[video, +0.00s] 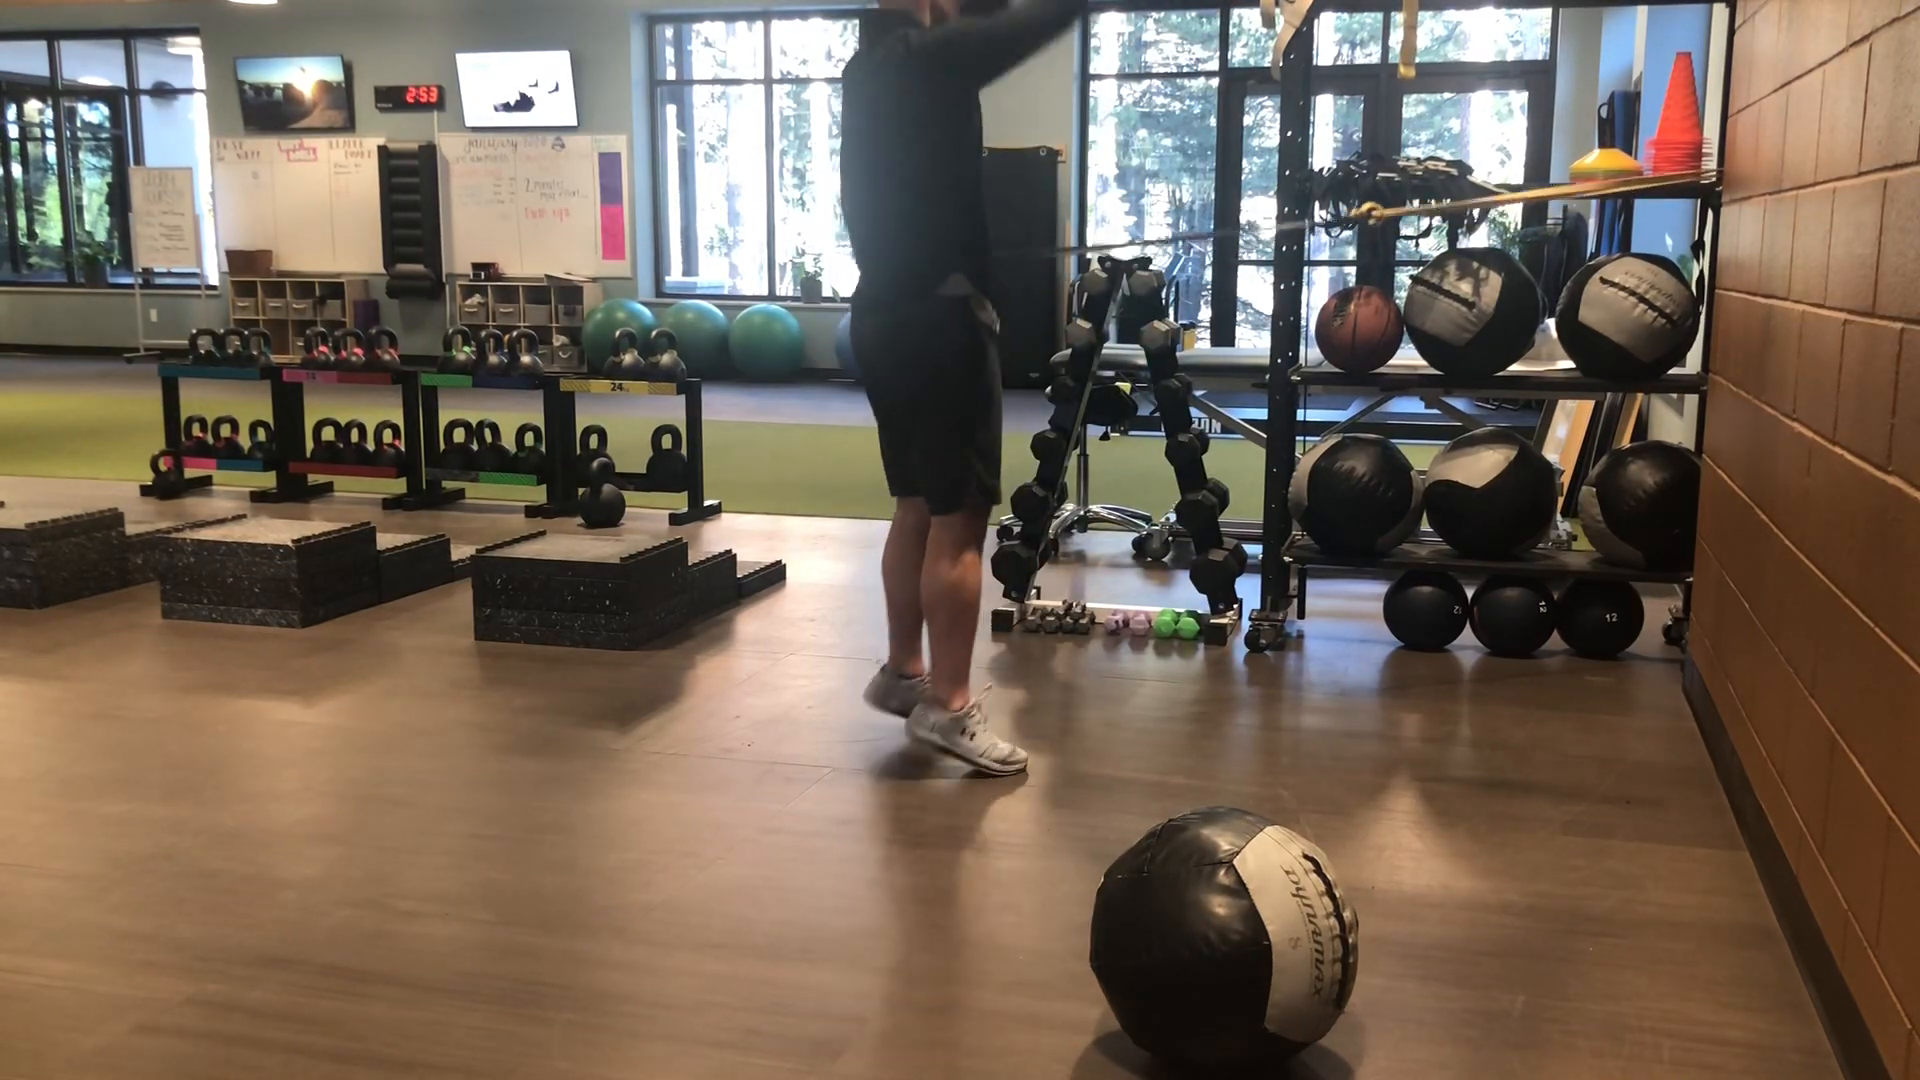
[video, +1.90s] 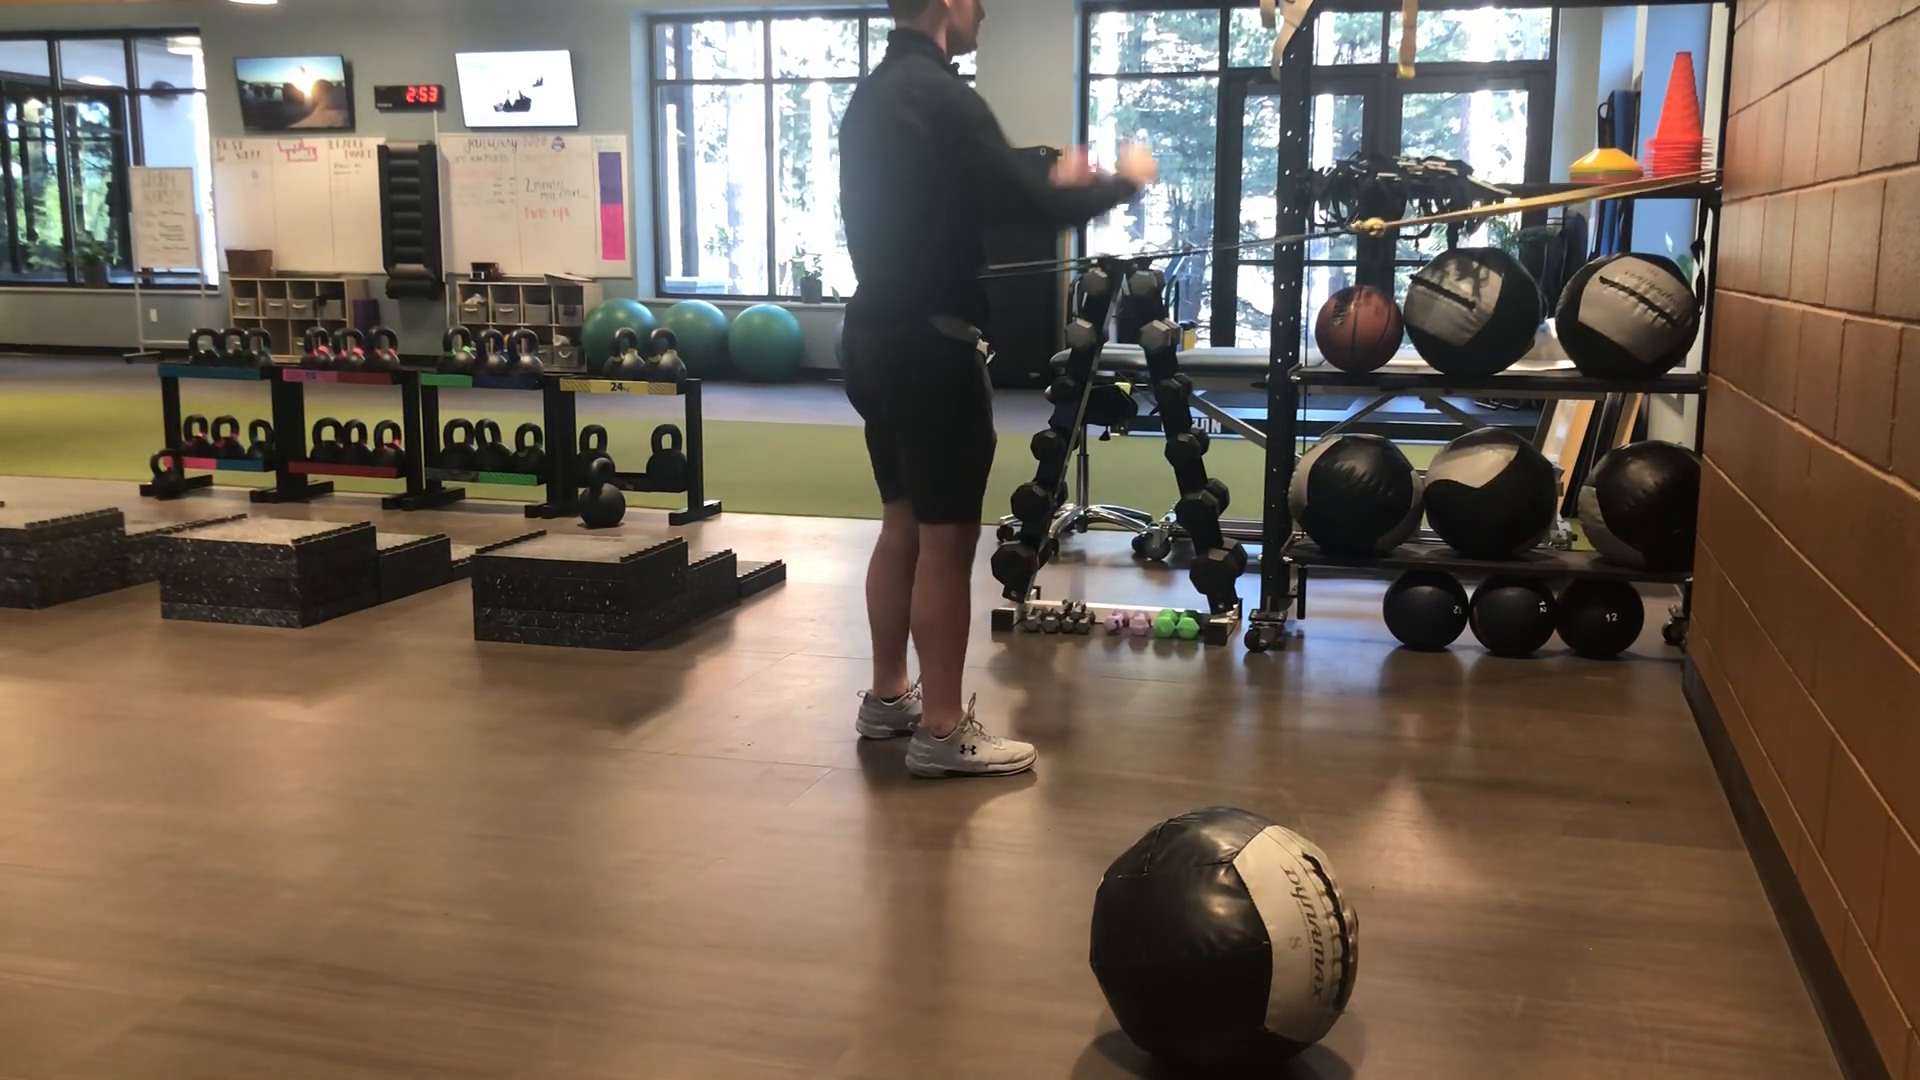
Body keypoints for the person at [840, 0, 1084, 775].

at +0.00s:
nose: (965, 19)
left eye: (965, 10)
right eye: (960, 8)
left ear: (887, 11)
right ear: (931, 4)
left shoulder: (861, 75)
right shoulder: (931, 57)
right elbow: (1043, 15)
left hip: (878, 314)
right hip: (939, 313)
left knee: (915, 506)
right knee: (961, 515)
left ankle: (902, 669)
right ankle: (950, 706)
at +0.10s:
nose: (966, 12)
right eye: (960, 6)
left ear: (887, 5)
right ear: (935, 1)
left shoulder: (867, 55)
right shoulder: (942, 39)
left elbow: (870, 195)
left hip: (884, 297)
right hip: (946, 297)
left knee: (919, 490)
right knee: (968, 510)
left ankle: (916, 657)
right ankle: (968, 695)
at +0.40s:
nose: (1002, 30)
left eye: (1000, 16)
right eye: (994, 14)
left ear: (940, 19)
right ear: (963, 13)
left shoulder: (901, 103)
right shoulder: (956, 103)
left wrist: (984, 296)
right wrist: (1015, 292)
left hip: (864, 337)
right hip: (911, 340)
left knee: (933, 521)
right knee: (991, 531)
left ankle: (891, 690)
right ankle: (952, 719)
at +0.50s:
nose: (1038, 89)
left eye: (1037, 74)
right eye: (1032, 72)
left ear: (978, 72)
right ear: (999, 71)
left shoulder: (930, 159)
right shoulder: (978, 169)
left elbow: (865, 286)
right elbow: (951, 299)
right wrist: (919, 416)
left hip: (851, 379)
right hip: (903, 388)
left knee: (940, 545)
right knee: (1009, 551)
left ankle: (890, 697)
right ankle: (948, 734)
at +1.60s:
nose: (980, 17)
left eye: (977, 7)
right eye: (976, 6)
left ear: (911, 12)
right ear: (948, 7)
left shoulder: (867, 99)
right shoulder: (943, 104)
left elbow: (863, 235)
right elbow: (960, 250)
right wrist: (1005, 361)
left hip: (870, 332)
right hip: (934, 338)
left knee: (889, 519)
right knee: (948, 540)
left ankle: (885, 698)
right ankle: (943, 731)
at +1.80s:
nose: (979, 17)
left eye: (977, 8)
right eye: (975, 6)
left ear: (906, 14)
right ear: (949, 7)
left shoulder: (866, 103)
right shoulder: (941, 103)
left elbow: (900, 232)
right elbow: (984, 231)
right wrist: (1079, 295)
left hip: (873, 337)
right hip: (935, 344)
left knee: (895, 521)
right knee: (948, 537)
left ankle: (885, 696)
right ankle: (943, 730)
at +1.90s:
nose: (980, 16)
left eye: (976, 6)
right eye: (976, 5)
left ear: (912, 13)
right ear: (949, 6)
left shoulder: (872, 96)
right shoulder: (946, 102)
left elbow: (956, 179)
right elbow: (1032, 205)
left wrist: (1045, 169)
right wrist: (1120, 182)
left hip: (876, 338)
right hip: (935, 346)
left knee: (902, 526)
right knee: (947, 543)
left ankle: (885, 700)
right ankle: (943, 731)